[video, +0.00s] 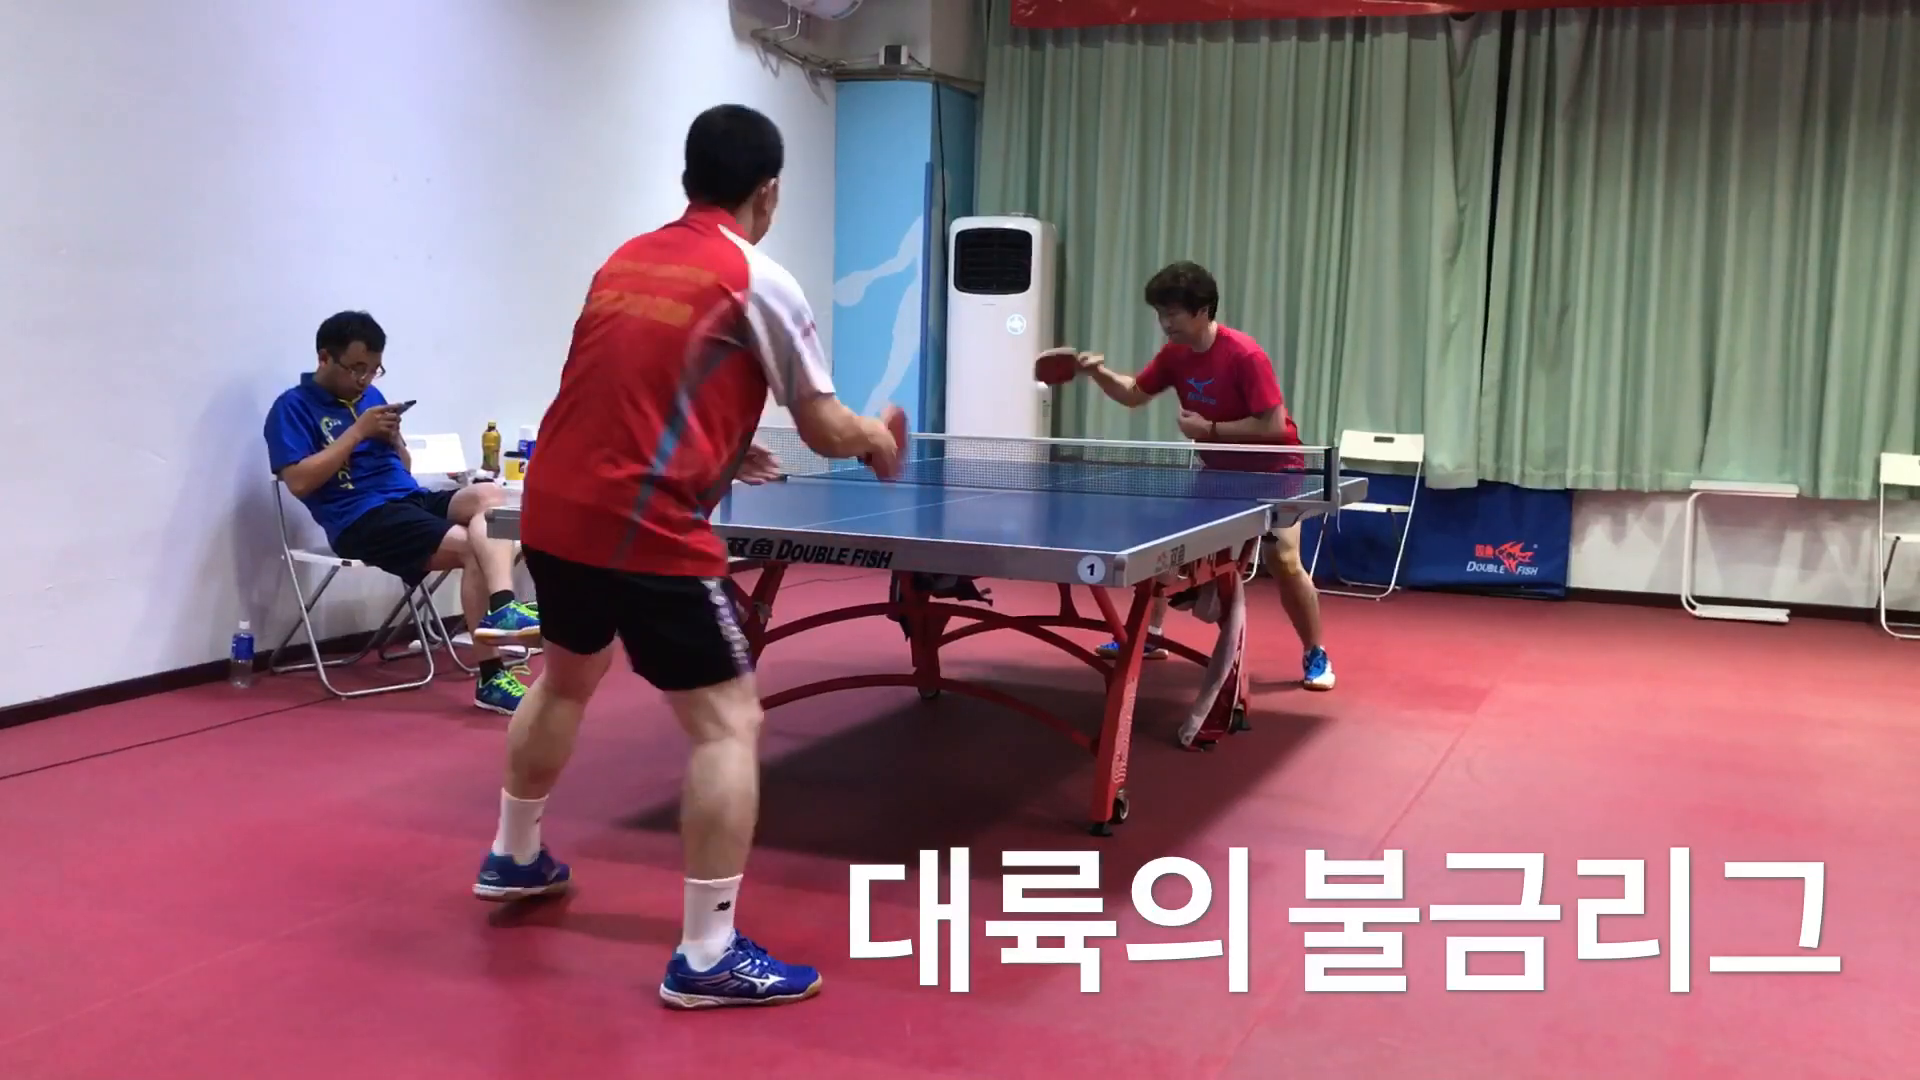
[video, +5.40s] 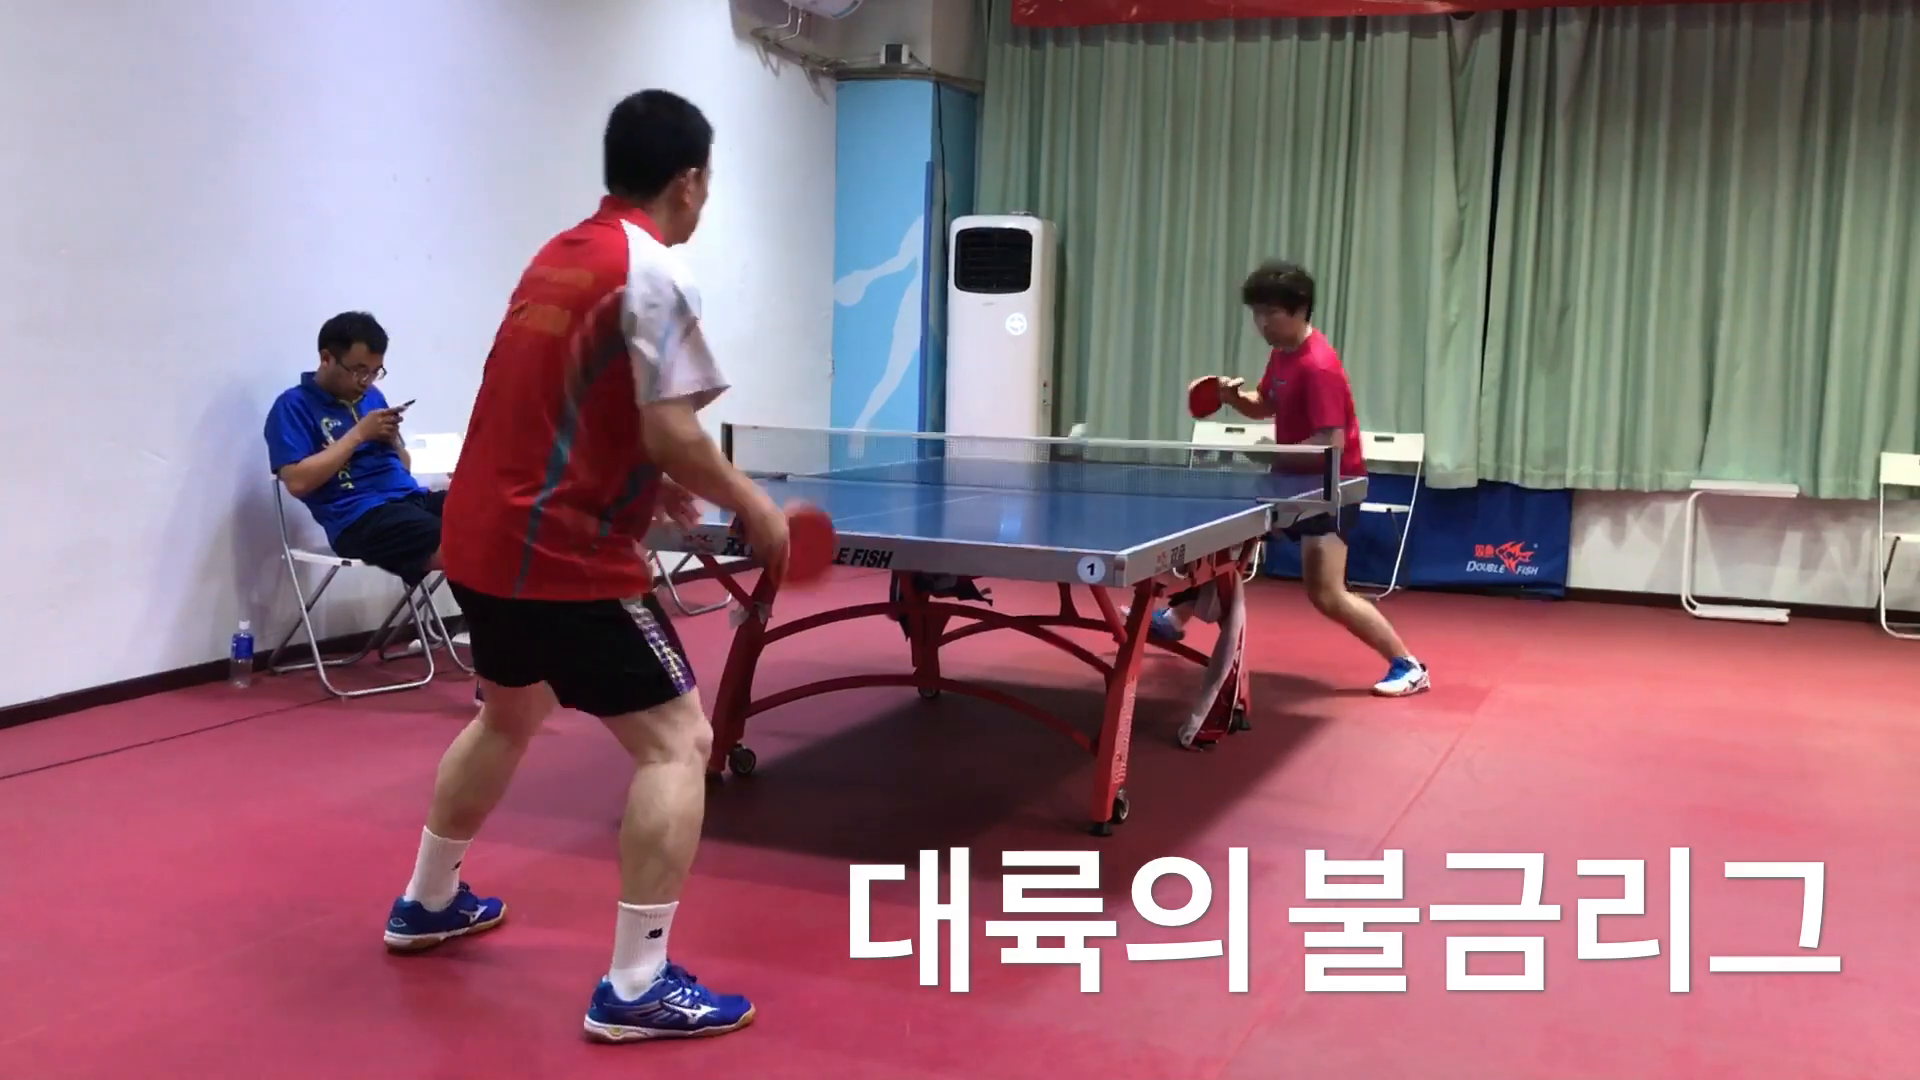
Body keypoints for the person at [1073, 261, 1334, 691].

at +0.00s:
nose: (1164, 324)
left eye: (1172, 315)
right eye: (1160, 315)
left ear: (1202, 311)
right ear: (1162, 315)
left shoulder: (1246, 355)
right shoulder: (1175, 355)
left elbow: (1272, 425)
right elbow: (1134, 394)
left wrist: (1209, 429)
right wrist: (1098, 371)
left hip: (1274, 472)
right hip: (1218, 472)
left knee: (1285, 561)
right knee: (1165, 544)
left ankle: (1315, 653)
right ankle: (1148, 633)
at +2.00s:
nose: (1159, 311)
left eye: (1169, 301)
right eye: (1152, 302)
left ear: (1194, 301)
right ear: (1147, 305)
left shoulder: (1234, 346)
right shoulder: (1146, 355)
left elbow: (1267, 411)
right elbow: (1108, 419)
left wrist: (1207, 422)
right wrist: (1110, 386)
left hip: (1244, 473)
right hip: (1184, 474)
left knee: (1270, 555)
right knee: (1134, 548)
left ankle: (1313, 652)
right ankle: (1122, 634)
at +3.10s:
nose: (1135, 312)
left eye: (1143, 302)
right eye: (1129, 304)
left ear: (1171, 300)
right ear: (1126, 305)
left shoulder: (1206, 345)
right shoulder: (1150, 344)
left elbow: (1237, 414)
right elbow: (1151, 394)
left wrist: (1175, 420)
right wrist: (1094, 408)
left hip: (1241, 464)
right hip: (1189, 463)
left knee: (1259, 557)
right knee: (1146, 538)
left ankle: (1312, 646)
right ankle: (1127, 631)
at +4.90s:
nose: (1138, 312)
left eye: (1146, 302)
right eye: (1131, 304)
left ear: (1173, 300)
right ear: (1129, 306)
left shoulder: (1207, 344)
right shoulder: (1148, 350)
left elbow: (1241, 411)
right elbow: (1143, 407)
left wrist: (1182, 421)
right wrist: (1095, 422)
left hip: (1246, 463)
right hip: (1193, 464)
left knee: (1266, 558)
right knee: (1146, 539)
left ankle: (1317, 648)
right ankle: (1124, 632)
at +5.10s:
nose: (1168, 331)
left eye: (1171, 321)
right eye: (1164, 323)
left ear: (1197, 312)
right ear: (1198, 310)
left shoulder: (1220, 353)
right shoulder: (1227, 333)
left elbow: (1248, 423)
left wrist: (1201, 435)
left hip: (1248, 476)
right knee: (1278, 578)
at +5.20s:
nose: (1214, 329)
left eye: (1217, 318)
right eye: (1210, 320)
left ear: (1242, 307)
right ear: (1247, 306)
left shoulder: (1259, 353)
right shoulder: (1280, 331)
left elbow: (1277, 424)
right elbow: (1277, 374)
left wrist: (1233, 437)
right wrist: (1234, 370)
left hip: (1276, 479)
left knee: (1308, 586)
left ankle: (1397, 657)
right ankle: (1397, 655)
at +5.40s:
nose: (1260, 323)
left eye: (1267, 313)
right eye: (1256, 314)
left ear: (1294, 310)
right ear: (1263, 313)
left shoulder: (1319, 365)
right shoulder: (1284, 351)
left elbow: (1331, 443)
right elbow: (1262, 407)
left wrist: (1269, 449)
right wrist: (1232, 395)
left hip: (1329, 484)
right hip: (1288, 476)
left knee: (1326, 592)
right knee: (1224, 539)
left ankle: (1407, 665)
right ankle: (1174, 619)